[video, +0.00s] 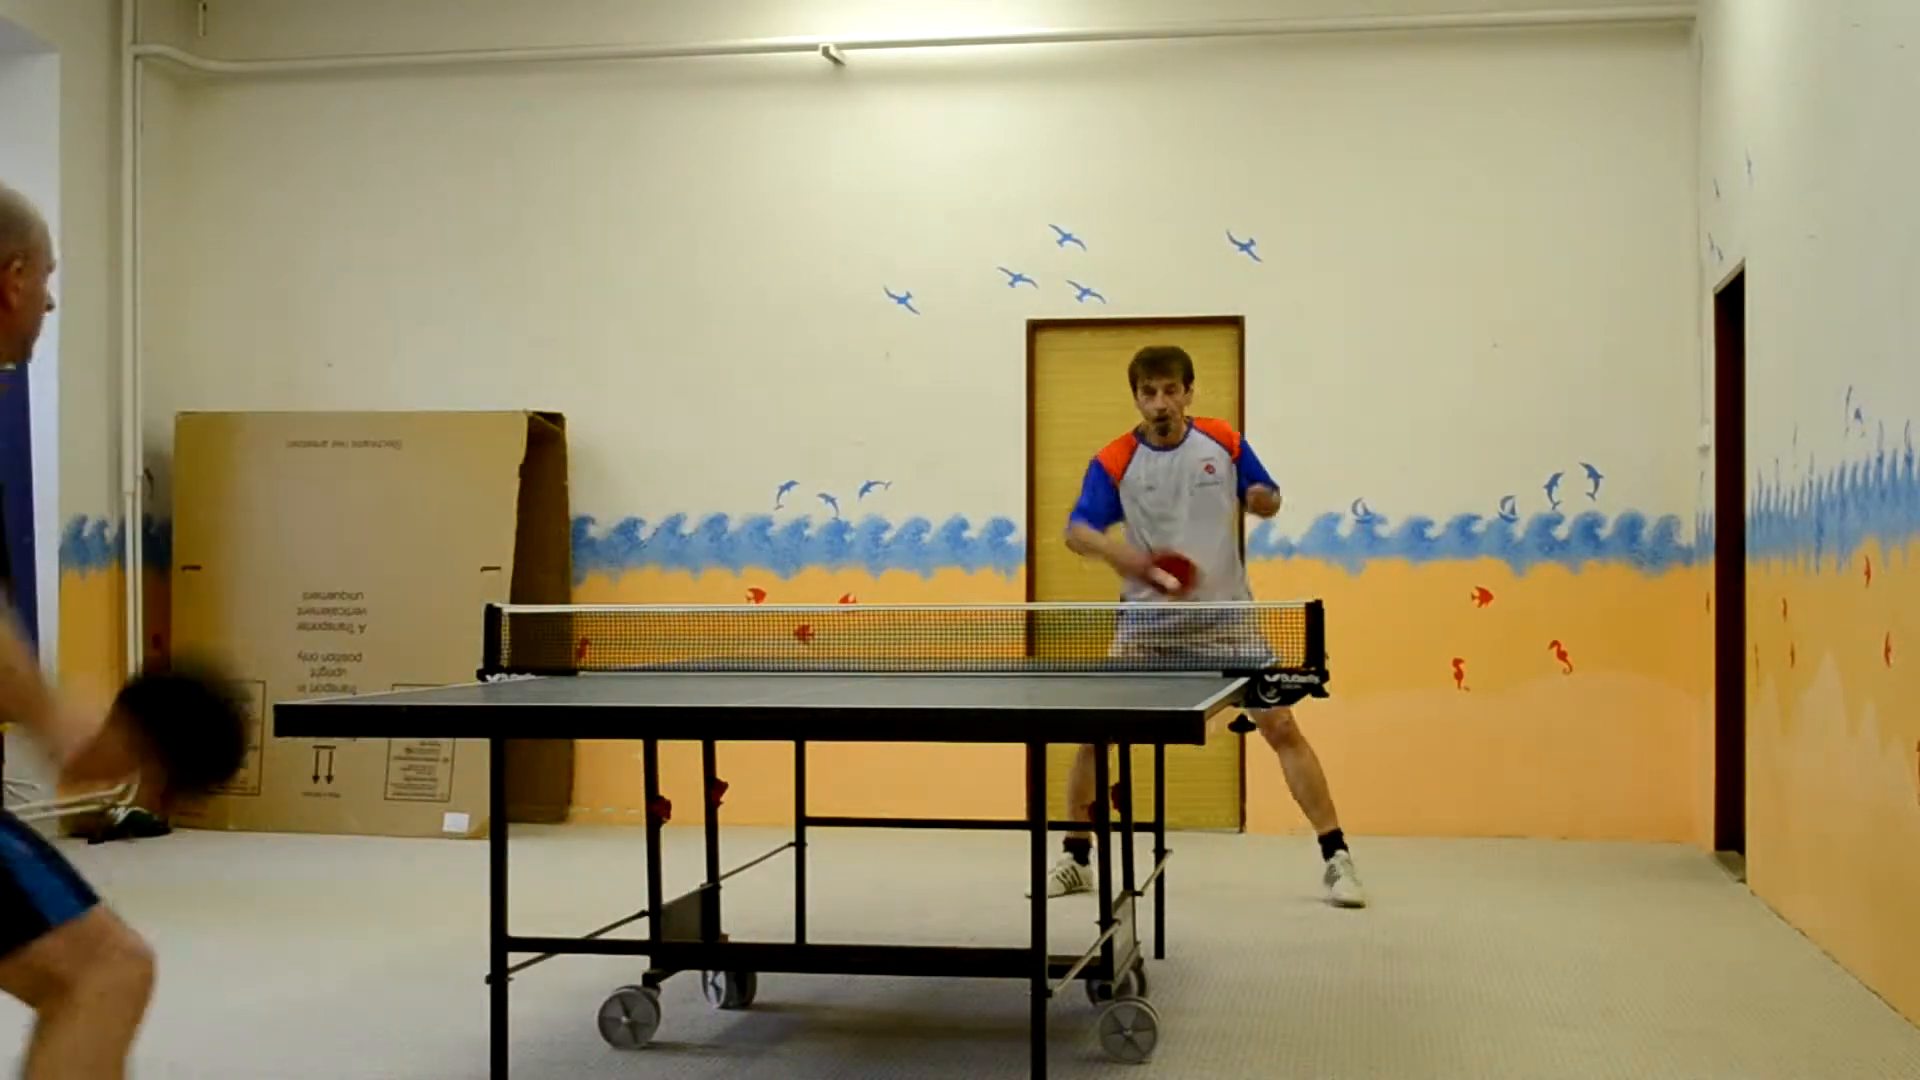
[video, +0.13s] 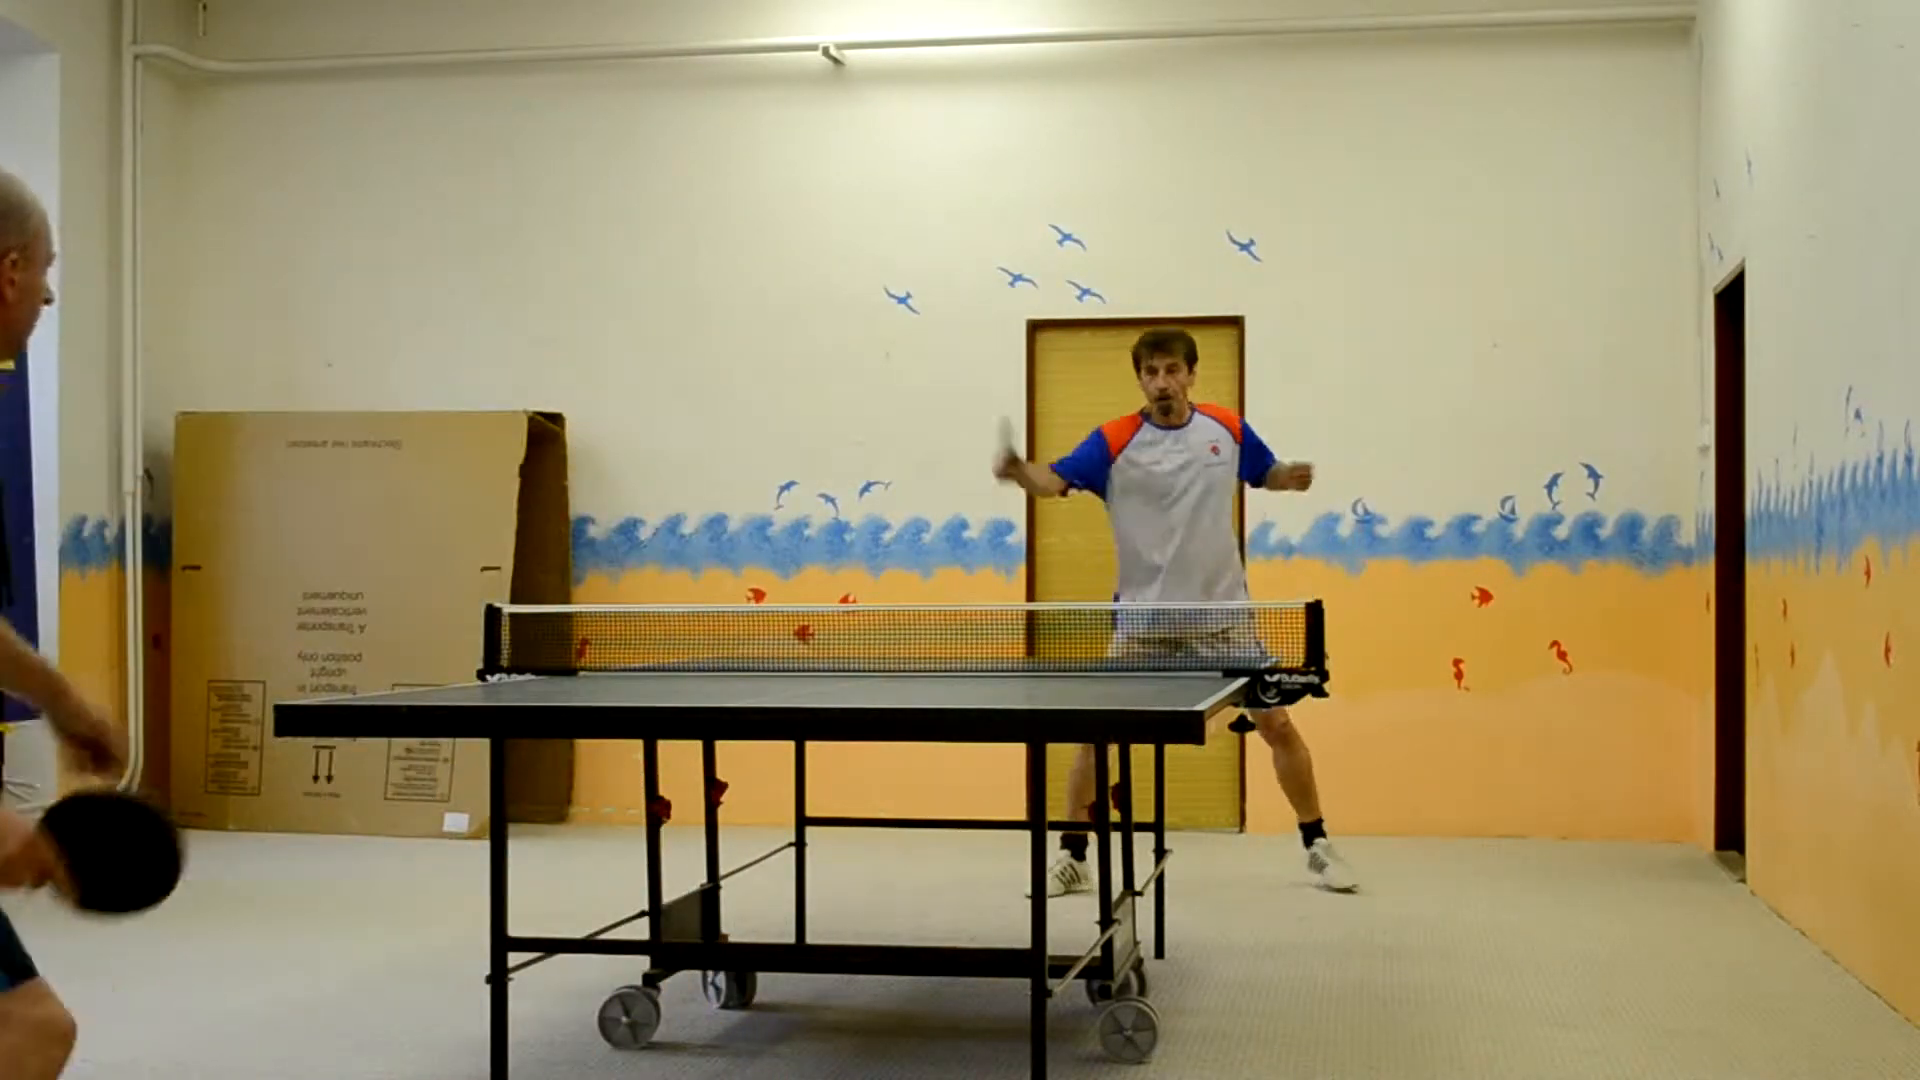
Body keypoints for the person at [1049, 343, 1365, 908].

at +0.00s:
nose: (1159, 403)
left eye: (1169, 392)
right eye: (1149, 393)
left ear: (1187, 392)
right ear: (1135, 396)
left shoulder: (1220, 438)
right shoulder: (1114, 461)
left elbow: (1269, 503)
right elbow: (1076, 531)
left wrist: (1251, 495)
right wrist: (1118, 552)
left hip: (1226, 615)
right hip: (1146, 619)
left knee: (1282, 727)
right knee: (1095, 729)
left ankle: (1336, 855)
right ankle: (1076, 856)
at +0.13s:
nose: (1161, 381)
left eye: (1171, 370)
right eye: (1151, 372)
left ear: (1191, 374)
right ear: (1138, 379)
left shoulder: (1225, 427)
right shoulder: (1116, 438)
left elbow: (1265, 473)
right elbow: (1055, 482)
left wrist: (1292, 476)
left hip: (1221, 608)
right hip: (1143, 611)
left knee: (1279, 725)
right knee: (1096, 730)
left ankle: (1317, 844)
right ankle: (1072, 856)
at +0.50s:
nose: (1209, 392)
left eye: (1218, 380)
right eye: (1199, 382)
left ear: (1240, 385)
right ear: (1188, 391)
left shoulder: (1277, 444)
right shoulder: (1165, 452)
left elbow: (1318, 508)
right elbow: (1115, 503)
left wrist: (1317, 533)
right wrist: (1083, 522)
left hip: (1262, 621)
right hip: (1185, 621)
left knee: (1307, 723)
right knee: (1130, 717)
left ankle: (1292, 836)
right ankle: (1106, 835)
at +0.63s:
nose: (1210, 402)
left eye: (1220, 392)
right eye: (1200, 393)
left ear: (1240, 396)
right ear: (1190, 399)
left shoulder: (1276, 456)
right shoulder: (1166, 465)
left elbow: (1309, 529)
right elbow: (1120, 530)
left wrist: (1297, 559)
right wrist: (1112, 562)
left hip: (1266, 627)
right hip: (1189, 629)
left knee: (1334, 720)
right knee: (1139, 726)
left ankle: (1356, 833)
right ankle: (1118, 839)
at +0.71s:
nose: (1221, 417)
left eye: (1232, 407)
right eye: (1212, 408)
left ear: (1251, 412)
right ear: (1201, 413)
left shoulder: (1285, 471)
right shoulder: (1177, 479)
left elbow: (1314, 548)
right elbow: (1136, 549)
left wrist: (1296, 571)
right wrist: (1150, 594)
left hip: (1274, 640)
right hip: (1200, 644)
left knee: (1351, 734)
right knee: (1143, 731)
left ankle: (1396, 835)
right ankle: (1116, 839)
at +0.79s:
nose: (1250, 432)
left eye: (1260, 422)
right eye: (1241, 423)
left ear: (1278, 427)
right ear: (1229, 428)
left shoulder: (1309, 482)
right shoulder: (1205, 491)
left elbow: (1337, 560)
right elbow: (1177, 570)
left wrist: (1315, 571)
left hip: (1291, 642)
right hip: (1221, 643)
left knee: (1375, 737)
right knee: (1156, 738)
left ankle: (1405, 843)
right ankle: (1115, 842)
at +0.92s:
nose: (1329, 443)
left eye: (1337, 432)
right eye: (1318, 434)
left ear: (1351, 435)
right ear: (1304, 440)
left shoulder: (1369, 484)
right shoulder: (1285, 509)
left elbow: (1392, 560)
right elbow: (1285, 608)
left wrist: (1386, 557)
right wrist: (1361, 643)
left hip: (1341, 645)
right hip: (1272, 644)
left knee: (1408, 734)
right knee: (1203, 743)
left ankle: (1414, 850)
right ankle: (1134, 839)